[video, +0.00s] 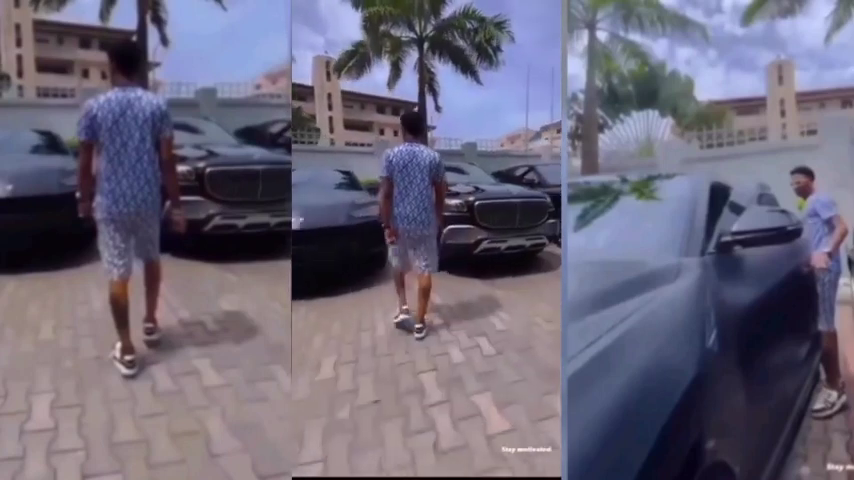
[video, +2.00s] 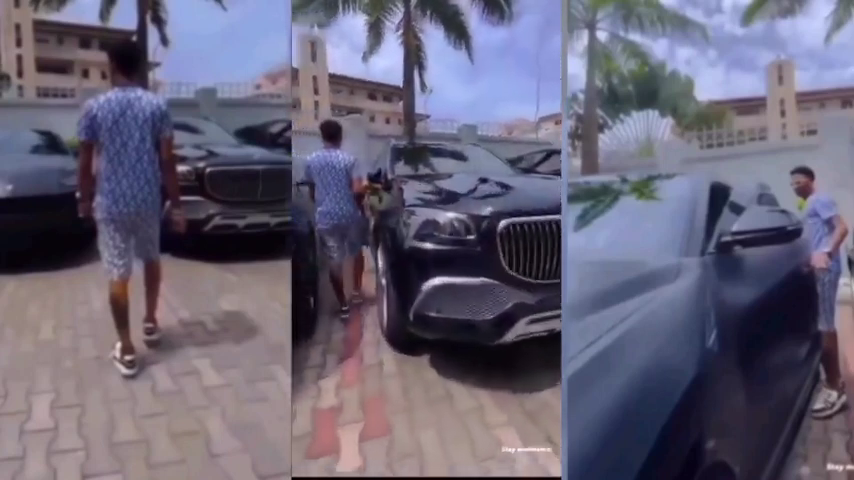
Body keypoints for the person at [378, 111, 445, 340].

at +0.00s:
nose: (401, 133)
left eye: (401, 129)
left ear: (402, 130)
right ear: (424, 130)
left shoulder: (392, 156)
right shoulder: (432, 157)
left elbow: (386, 193)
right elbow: (440, 192)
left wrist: (386, 223)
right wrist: (439, 219)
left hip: (399, 223)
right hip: (425, 223)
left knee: (398, 268)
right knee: (425, 271)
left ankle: (403, 307)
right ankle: (420, 322)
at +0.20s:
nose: (384, 138)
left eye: (383, 134)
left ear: (382, 135)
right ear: (403, 135)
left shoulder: (375, 162)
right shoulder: (415, 160)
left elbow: (370, 199)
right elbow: (424, 193)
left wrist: (371, 230)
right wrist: (422, 217)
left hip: (386, 227)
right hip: (411, 227)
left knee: (387, 269)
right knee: (410, 277)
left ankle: (390, 299)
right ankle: (406, 335)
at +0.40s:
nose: (361, 136)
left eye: (358, 131)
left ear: (357, 133)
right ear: (378, 132)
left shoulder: (350, 159)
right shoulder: (391, 158)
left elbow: (348, 199)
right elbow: (400, 195)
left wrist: (346, 230)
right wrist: (404, 222)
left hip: (363, 224)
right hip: (389, 223)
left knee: (367, 269)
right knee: (395, 268)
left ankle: (374, 308)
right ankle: (392, 316)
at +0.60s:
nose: (346, 134)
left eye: (340, 129)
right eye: (354, 130)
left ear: (336, 130)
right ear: (357, 130)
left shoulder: (324, 156)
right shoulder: (369, 155)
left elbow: (319, 194)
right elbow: (378, 191)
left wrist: (320, 225)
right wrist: (385, 218)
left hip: (339, 223)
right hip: (367, 221)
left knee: (346, 272)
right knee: (377, 265)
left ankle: (356, 319)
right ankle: (374, 304)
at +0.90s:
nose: (331, 140)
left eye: (323, 135)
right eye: (335, 136)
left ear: (316, 135)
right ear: (337, 137)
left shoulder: (302, 160)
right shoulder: (346, 162)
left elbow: (296, 196)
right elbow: (353, 197)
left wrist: (297, 226)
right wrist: (361, 225)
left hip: (313, 227)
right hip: (341, 225)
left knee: (322, 280)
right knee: (345, 263)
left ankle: (329, 336)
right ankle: (343, 297)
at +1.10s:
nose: (323, 138)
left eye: (315, 133)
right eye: (327, 135)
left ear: (308, 134)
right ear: (329, 135)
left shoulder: (296, 159)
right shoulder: (336, 161)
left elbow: (295, 189)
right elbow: (344, 196)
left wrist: (297, 218)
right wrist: (351, 225)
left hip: (305, 221)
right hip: (332, 220)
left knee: (304, 266)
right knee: (335, 264)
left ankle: (310, 310)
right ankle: (331, 308)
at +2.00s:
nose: (334, 139)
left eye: (329, 136)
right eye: (337, 136)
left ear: (322, 137)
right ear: (340, 137)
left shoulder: (312, 161)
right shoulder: (349, 159)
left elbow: (311, 192)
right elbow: (357, 189)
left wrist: (318, 205)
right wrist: (360, 207)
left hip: (325, 214)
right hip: (349, 213)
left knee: (334, 260)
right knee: (357, 252)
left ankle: (342, 305)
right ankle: (357, 290)